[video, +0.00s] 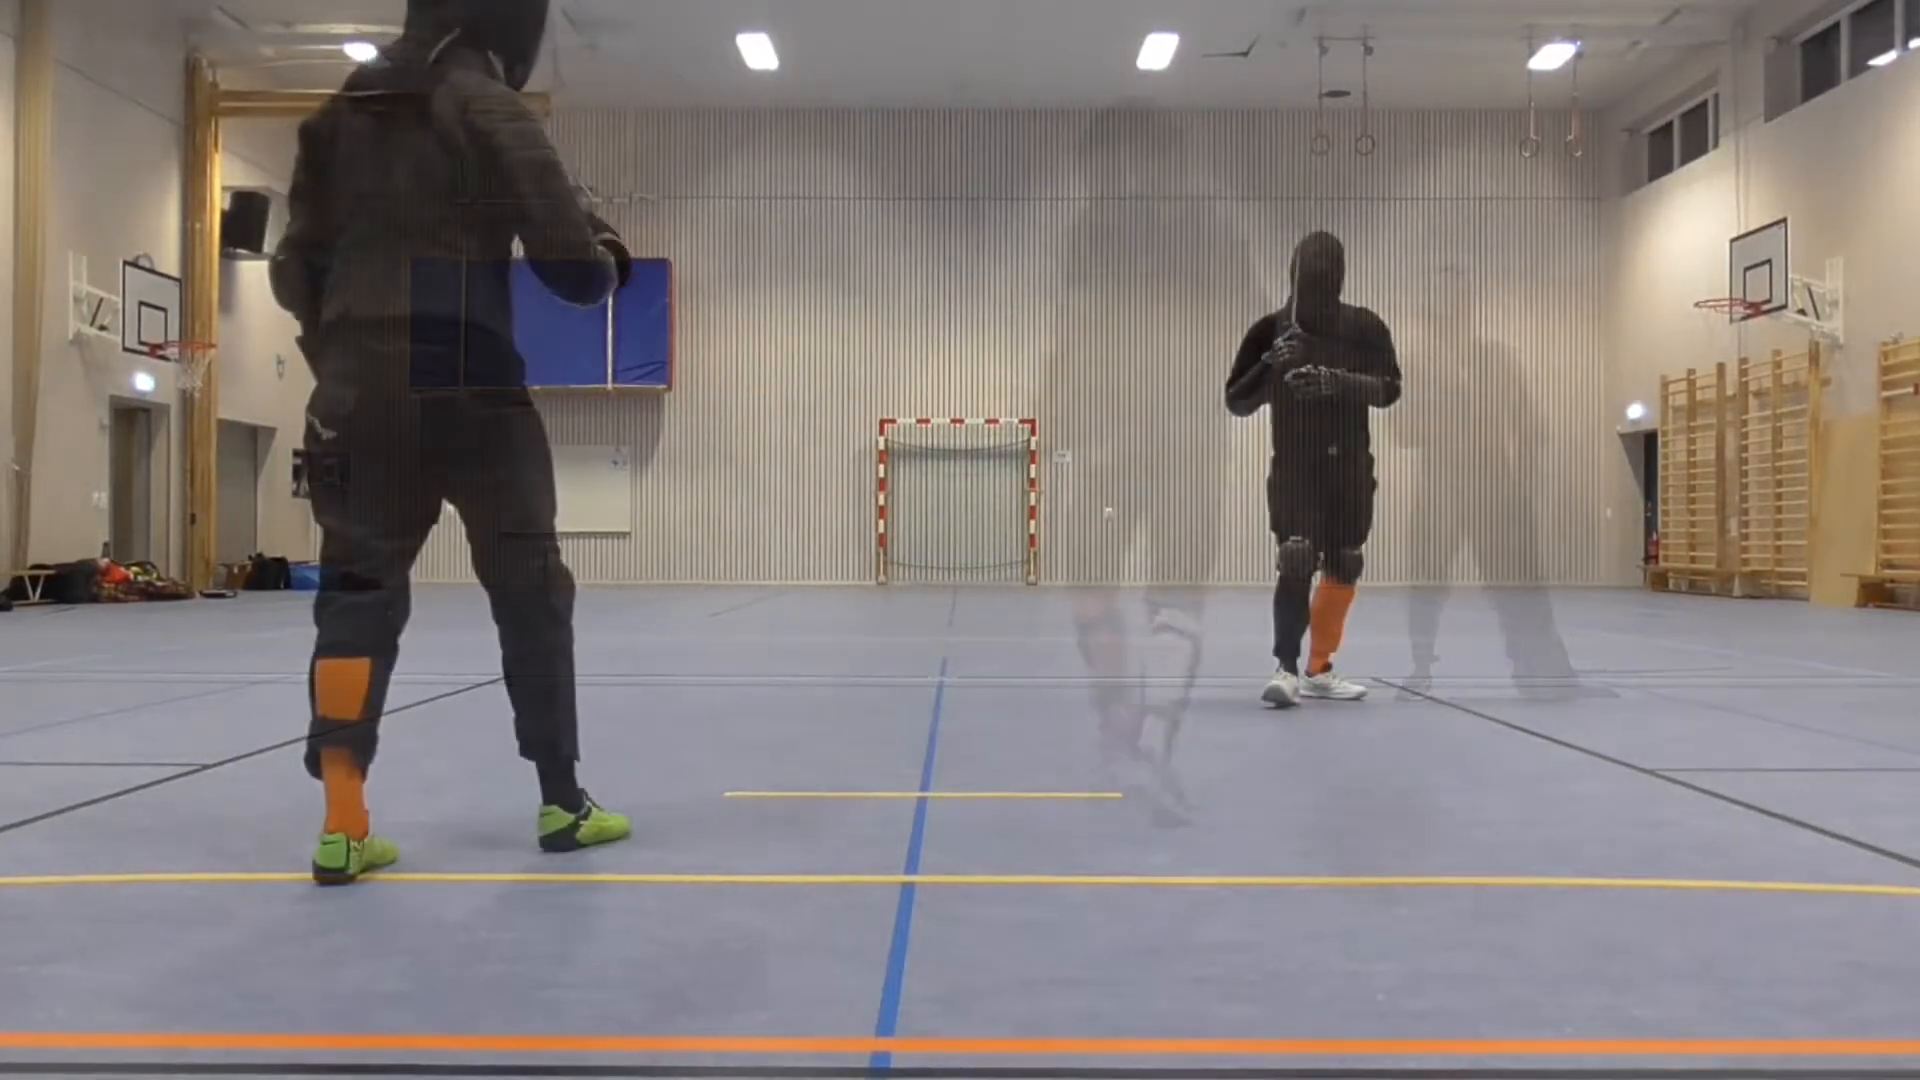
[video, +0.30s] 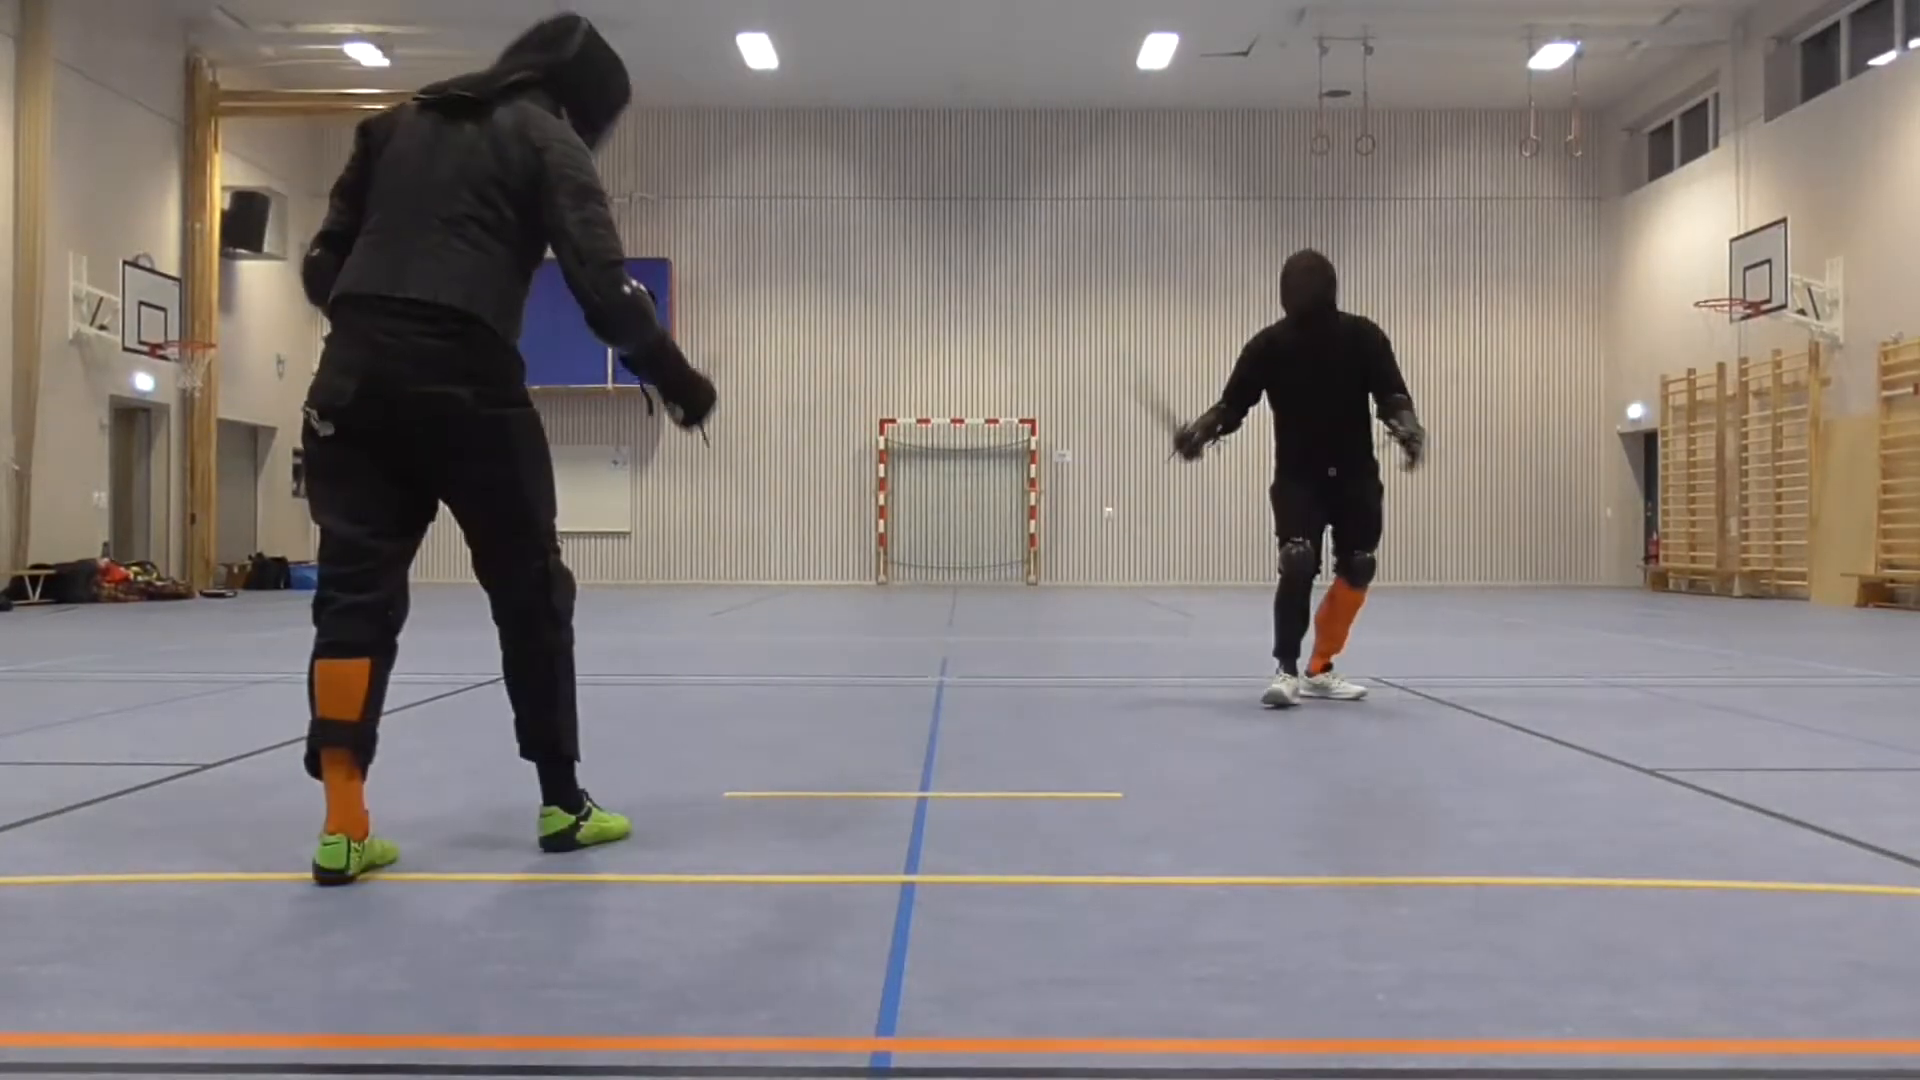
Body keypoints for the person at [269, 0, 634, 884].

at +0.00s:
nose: (534, 58)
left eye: (532, 41)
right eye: (530, 38)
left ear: (420, 21)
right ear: (502, 32)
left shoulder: (337, 119)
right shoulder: (491, 111)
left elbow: (293, 266)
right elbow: (572, 265)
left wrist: (345, 339)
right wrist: (603, 254)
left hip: (359, 396)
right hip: (476, 394)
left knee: (356, 596)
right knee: (530, 589)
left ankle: (344, 827)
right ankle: (561, 802)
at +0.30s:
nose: (594, 134)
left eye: (601, 121)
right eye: (598, 118)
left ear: (523, 66)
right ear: (574, 95)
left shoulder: (399, 123)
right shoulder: (551, 142)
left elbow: (324, 261)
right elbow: (601, 290)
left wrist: (383, 336)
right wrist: (675, 376)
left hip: (356, 375)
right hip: (468, 380)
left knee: (354, 595)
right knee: (529, 586)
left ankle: (342, 828)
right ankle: (563, 803)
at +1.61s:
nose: (516, 42)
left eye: (513, 30)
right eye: (512, 28)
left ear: (406, 18)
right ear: (492, 26)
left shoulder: (336, 104)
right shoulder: (500, 111)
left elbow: (299, 244)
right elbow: (569, 274)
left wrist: (388, 253)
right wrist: (640, 372)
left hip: (368, 375)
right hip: (484, 378)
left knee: (363, 587)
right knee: (537, 585)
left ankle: (345, 829)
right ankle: (563, 802)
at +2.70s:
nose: (627, 107)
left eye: (629, 93)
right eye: (627, 92)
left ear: (538, 64)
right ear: (605, 81)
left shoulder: (453, 152)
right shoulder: (606, 165)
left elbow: (435, 270)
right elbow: (637, 318)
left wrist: (521, 314)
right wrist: (689, 422)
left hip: (465, 397)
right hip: (573, 406)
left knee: (427, 582)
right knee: (625, 588)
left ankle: (362, 786)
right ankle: (641, 780)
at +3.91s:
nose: (522, 123)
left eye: (523, 109)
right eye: (520, 108)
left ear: (427, 82)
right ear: (499, 99)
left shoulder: (345, 169)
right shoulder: (500, 183)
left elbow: (339, 279)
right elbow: (537, 332)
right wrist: (598, 419)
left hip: (345, 412)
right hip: (452, 419)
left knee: (300, 592)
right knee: (539, 583)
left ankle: (215, 778)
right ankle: (545, 785)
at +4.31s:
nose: (425, 100)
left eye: (426, 83)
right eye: (423, 82)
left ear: (326, 52)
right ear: (397, 71)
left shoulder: (235, 142)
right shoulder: (394, 157)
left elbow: (232, 268)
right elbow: (421, 317)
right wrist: (494, 409)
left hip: (233, 399)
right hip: (348, 406)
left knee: (216, 597)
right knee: (441, 583)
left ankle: (176, 827)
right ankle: (479, 788)